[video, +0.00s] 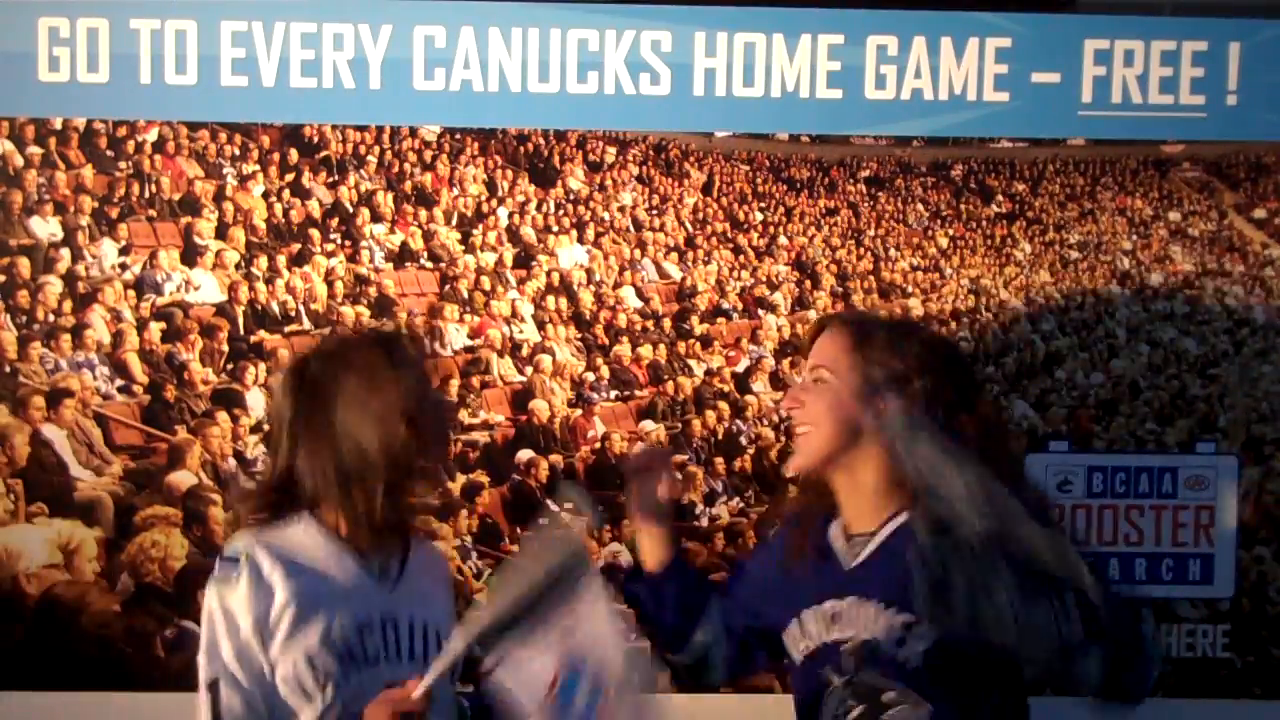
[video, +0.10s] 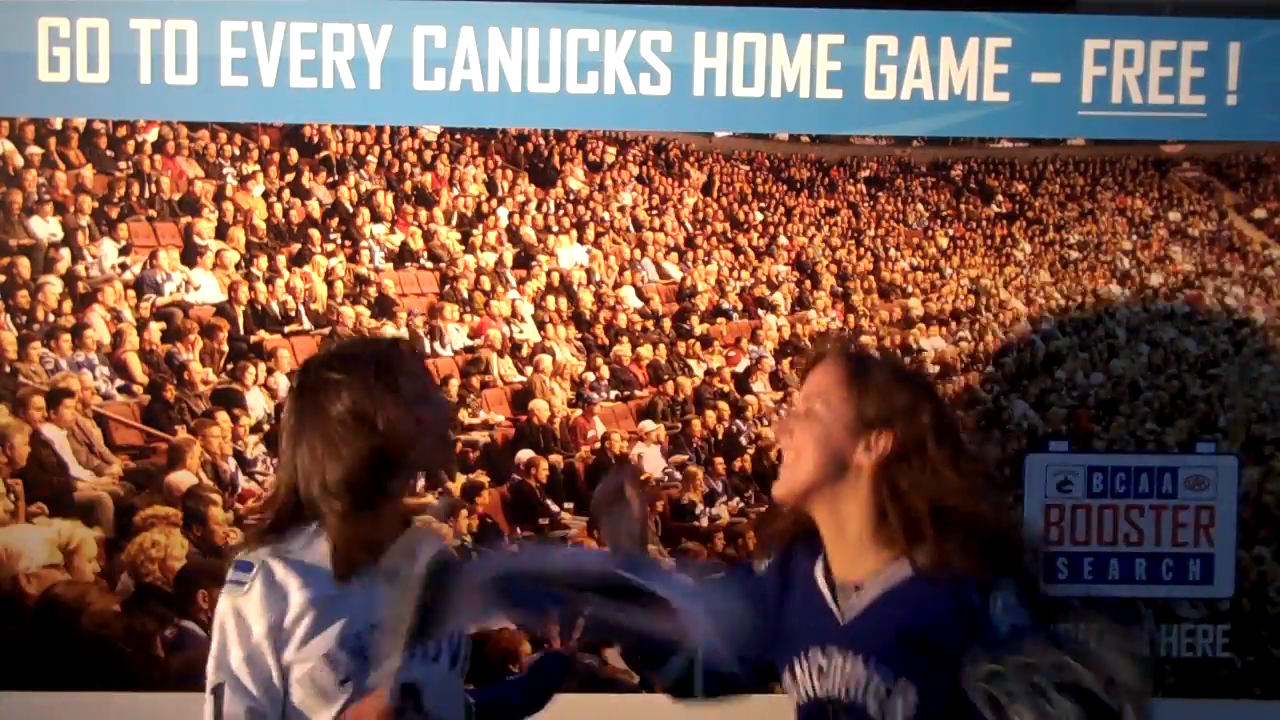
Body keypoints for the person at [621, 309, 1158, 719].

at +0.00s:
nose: (790, 398)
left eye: (819, 377)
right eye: (800, 379)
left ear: (887, 403)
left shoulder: (977, 540)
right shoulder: (798, 545)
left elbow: (1120, 665)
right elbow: (708, 658)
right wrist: (653, 527)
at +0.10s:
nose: (776, 426)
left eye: (804, 410)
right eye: (788, 407)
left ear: (874, 445)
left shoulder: (966, 601)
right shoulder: (783, 581)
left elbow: (1037, 699)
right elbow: (696, 681)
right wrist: (632, 565)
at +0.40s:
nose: (775, 373)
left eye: (800, 353)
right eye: (787, 354)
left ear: (877, 376)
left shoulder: (978, 526)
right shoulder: (792, 533)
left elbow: (1112, 645)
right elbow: (802, 668)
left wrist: (1087, 530)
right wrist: (681, 648)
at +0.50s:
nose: (776, 435)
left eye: (800, 410)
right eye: (783, 412)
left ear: (876, 427)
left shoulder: (978, 569)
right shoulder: (805, 579)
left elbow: (1117, 652)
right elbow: (795, 705)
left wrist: (1032, 558)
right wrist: (670, 679)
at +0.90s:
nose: (731, 439)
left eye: (759, 425)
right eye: (740, 420)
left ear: (824, 463)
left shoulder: (930, 591)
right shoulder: (772, 563)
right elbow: (731, 685)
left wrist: (1076, 667)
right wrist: (625, 614)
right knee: (579, 707)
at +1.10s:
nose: (720, 439)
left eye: (751, 425)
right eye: (726, 424)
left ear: (813, 460)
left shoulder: (904, 586)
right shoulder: (773, 601)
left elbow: (983, 701)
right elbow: (794, 713)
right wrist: (674, 708)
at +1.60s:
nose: (855, 432)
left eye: (886, 413)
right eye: (852, 419)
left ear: (954, 442)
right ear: (847, 442)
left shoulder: (1015, 579)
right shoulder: (832, 564)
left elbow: (1055, 711)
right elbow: (778, 676)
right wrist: (655, 630)